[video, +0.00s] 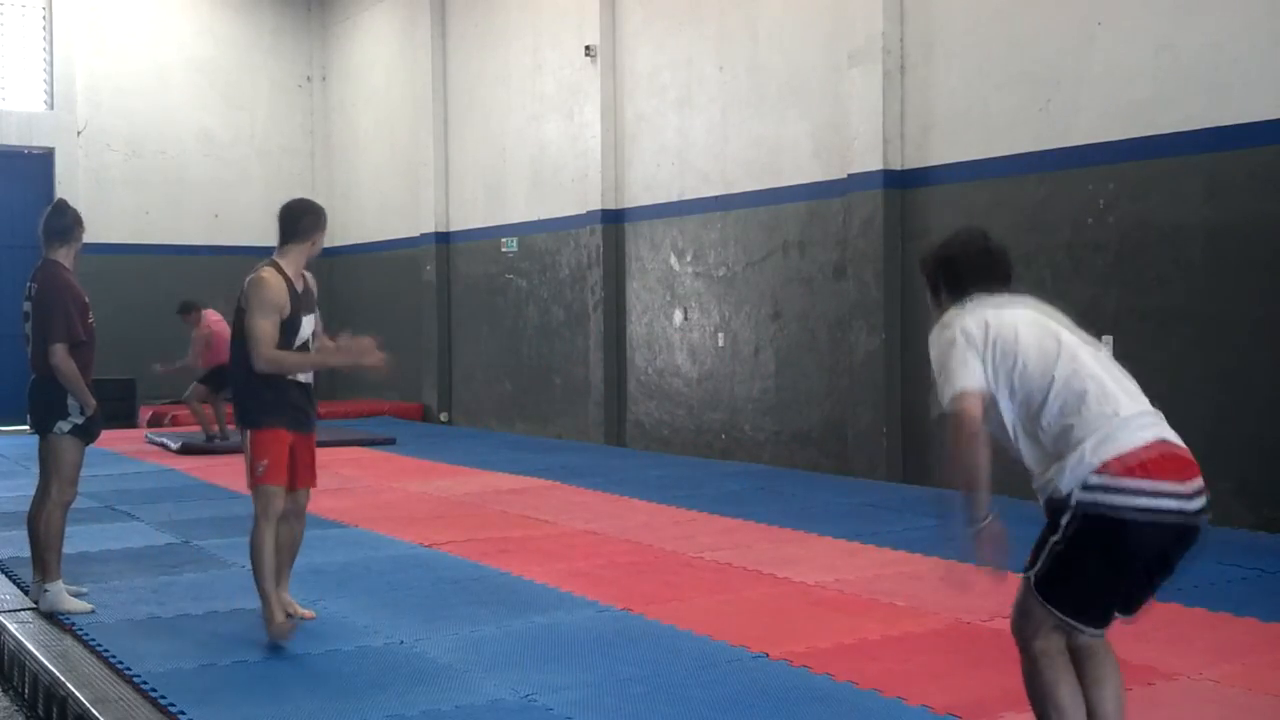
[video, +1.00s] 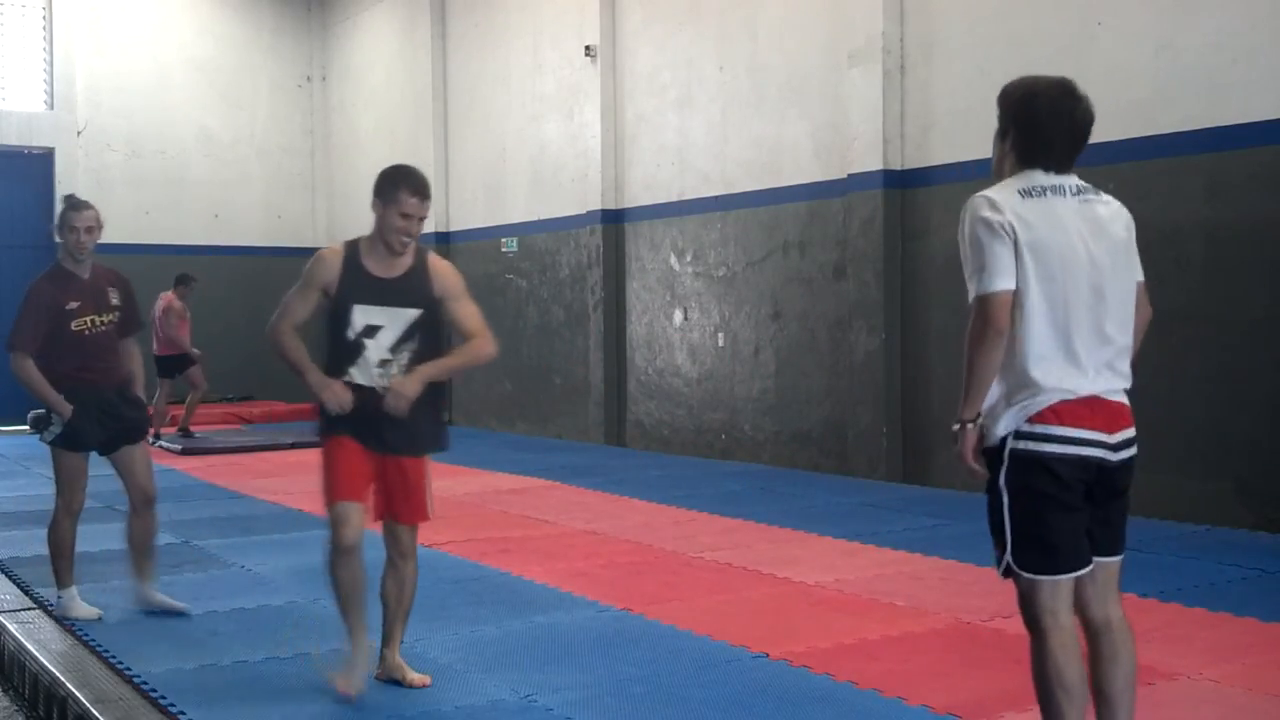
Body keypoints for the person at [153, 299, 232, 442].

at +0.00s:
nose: (185, 322)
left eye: (186, 318)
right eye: (184, 319)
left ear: (193, 313)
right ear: (197, 311)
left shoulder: (201, 330)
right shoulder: (212, 314)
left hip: (219, 368)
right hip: (231, 364)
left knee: (190, 398)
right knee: (215, 398)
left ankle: (210, 435)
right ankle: (224, 433)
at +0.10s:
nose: (181, 312)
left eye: (181, 308)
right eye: (180, 308)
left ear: (185, 304)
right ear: (195, 300)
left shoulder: (193, 318)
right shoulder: (215, 309)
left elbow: (185, 344)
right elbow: (229, 332)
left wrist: (172, 350)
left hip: (213, 365)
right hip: (231, 361)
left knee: (182, 393)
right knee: (216, 396)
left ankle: (204, 430)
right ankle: (224, 433)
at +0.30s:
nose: (182, 289)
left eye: (182, 286)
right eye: (182, 286)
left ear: (186, 284)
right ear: (199, 283)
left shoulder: (185, 299)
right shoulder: (219, 298)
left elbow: (178, 326)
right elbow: (232, 318)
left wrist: (179, 337)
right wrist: (229, 340)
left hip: (191, 350)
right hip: (213, 351)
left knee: (170, 384)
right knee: (211, 391)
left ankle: (185, 420)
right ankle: (220, 430)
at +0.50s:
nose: (180, 288)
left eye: (180, 285)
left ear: (181, 285)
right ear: (196, 285)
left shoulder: (172, 302)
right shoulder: (208, 302)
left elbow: (158, 324)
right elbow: (221, 324)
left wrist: (157, 341)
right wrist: (224, 341)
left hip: (178, 355)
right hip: (202, 355)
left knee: (169, 396)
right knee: (209, 393)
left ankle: (162, 433)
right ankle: (218, 431)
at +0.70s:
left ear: (173, 284)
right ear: (188, 286)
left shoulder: (158, 302)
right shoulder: (196, 303)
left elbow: (148, 328)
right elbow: (201, 332)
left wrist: (156, 343)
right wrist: (204, 355)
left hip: (166, 356)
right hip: (190, 356)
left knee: (164, 397)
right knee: (199, 393)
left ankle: (162, 434)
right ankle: (203, 429)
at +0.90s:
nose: (191, 293)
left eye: (192, 289)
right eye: (191, 289)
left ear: (176, 285)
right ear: (185, 287)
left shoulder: (157, 299)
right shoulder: (181, 304)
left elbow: (146, 322)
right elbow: (183, 333)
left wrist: (155, 338)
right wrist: (196, 350)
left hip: (160, 355)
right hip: (180, 354)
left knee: (162, 394)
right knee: (201, 386)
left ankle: (160, 432)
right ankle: (189, 426)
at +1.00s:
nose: (190, 293)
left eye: (191, 289)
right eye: (189, 289)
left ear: (177, 287)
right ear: (181, 287)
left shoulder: (163, 299)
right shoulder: (174, 304)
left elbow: (156, 324)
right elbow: (171, 331)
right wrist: (189, 349)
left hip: (161, 354)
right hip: (178, 354)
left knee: (163, 391)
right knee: (199, 386)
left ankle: (156, 432)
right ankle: (184, 426)